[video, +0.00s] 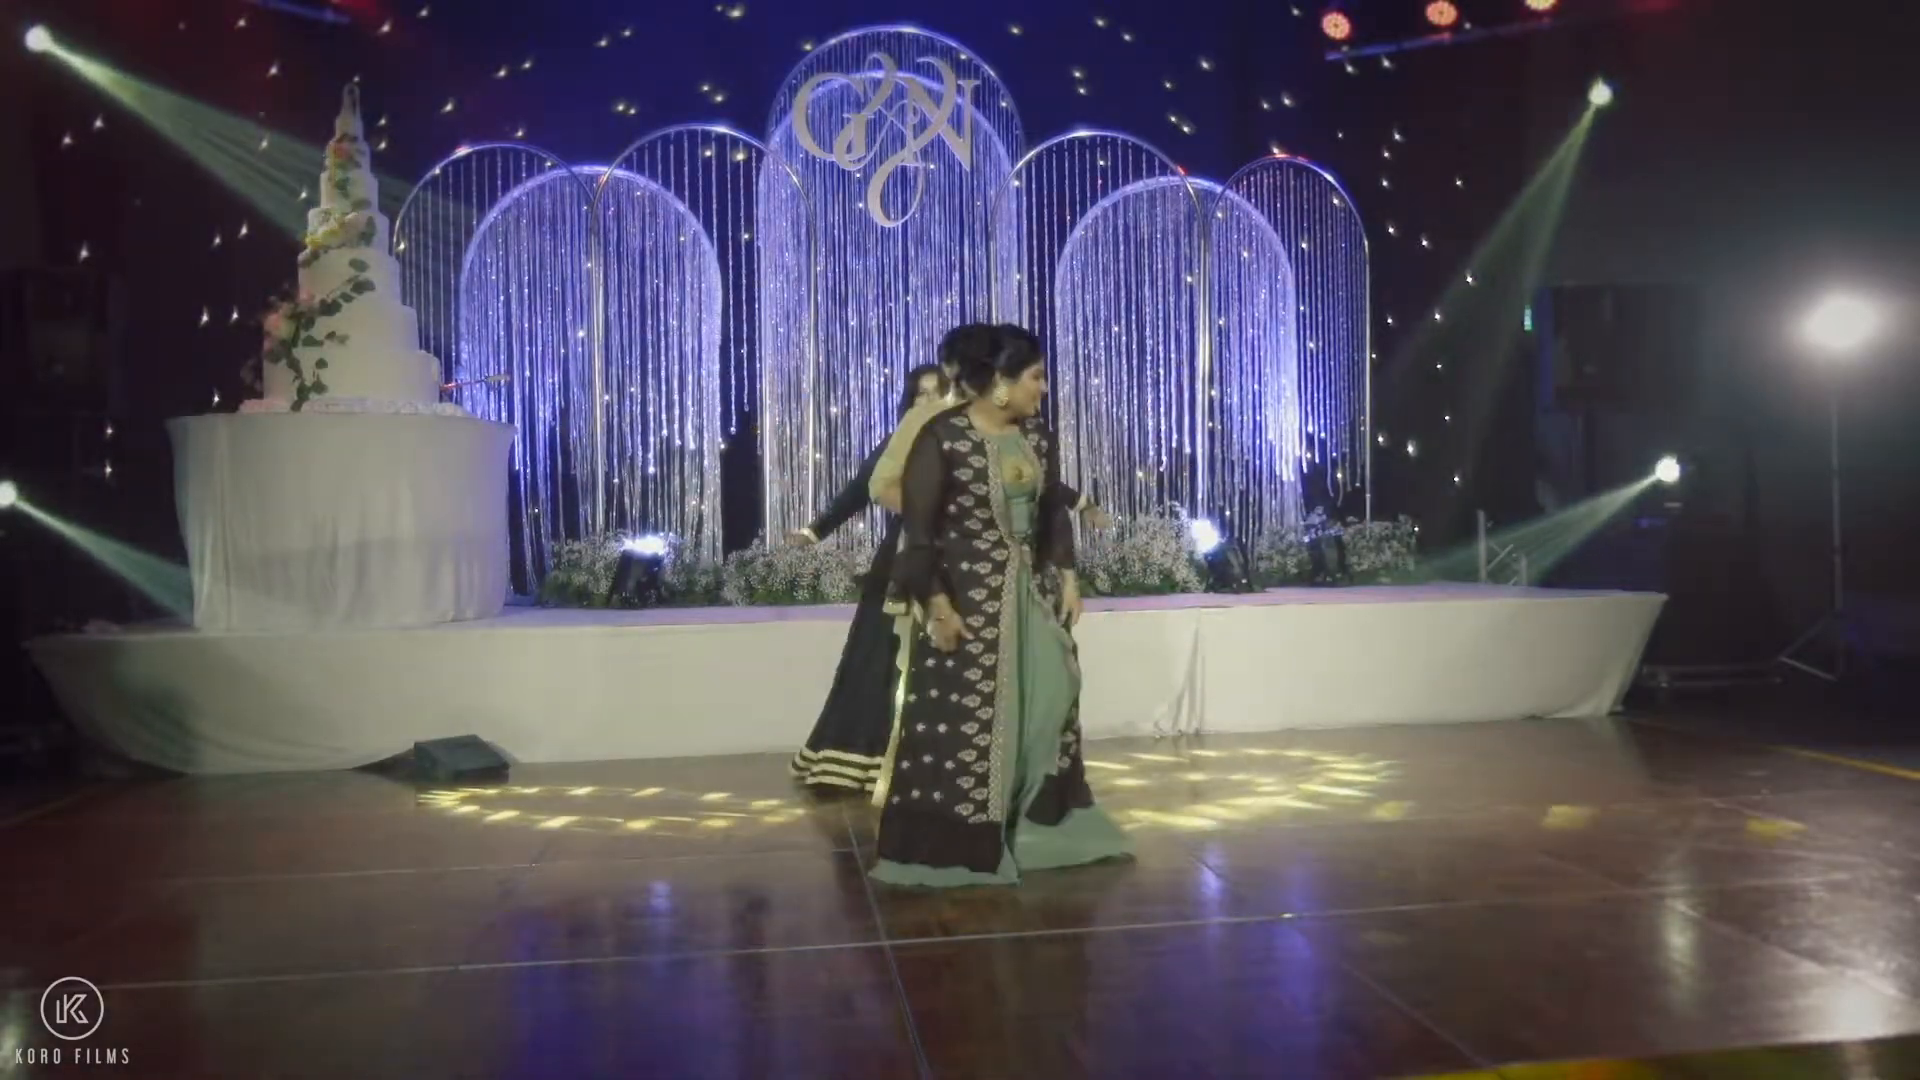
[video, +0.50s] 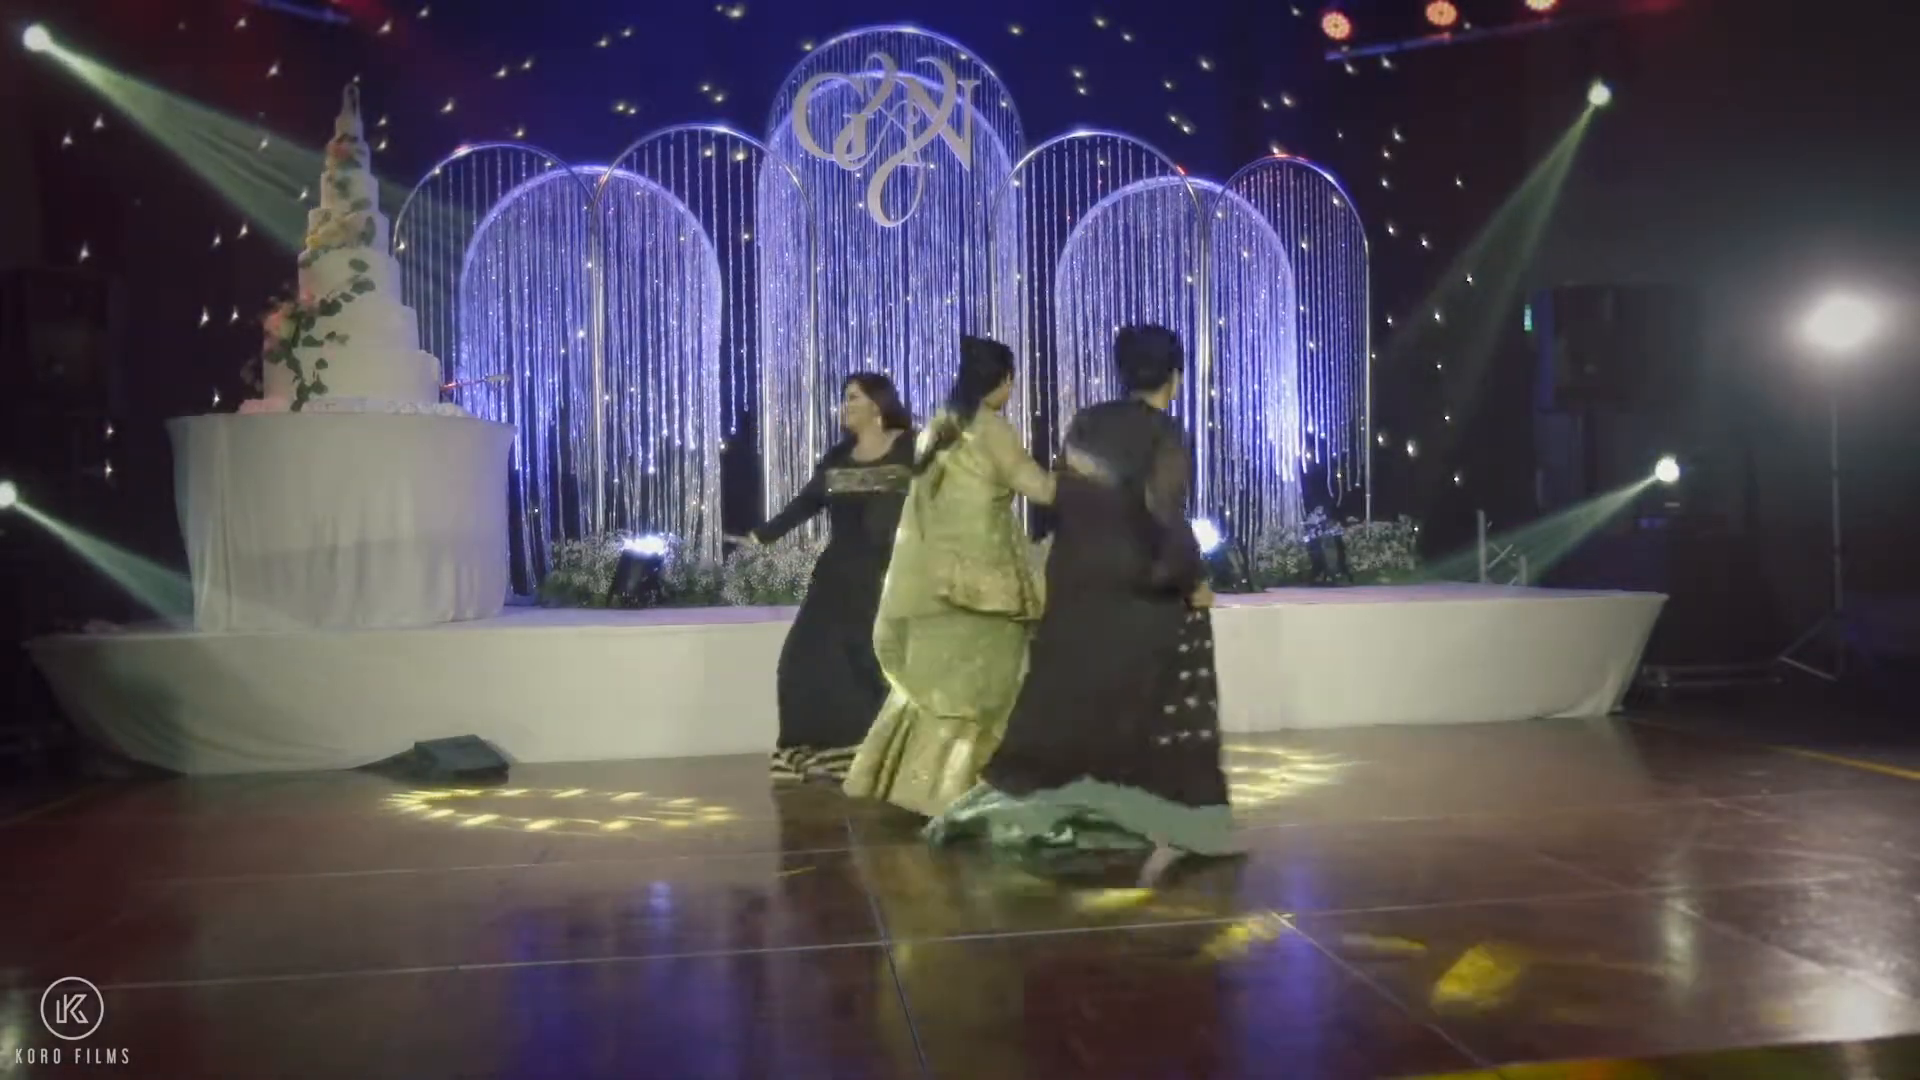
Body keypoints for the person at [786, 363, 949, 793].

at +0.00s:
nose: (929, 400)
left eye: (936, 391)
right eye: (922, 393)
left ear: (951, 392)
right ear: (909, 398)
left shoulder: (967, 440)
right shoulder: (903, 440)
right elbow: (864, 486)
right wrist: (817, 528)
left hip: (953, 560)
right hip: (900, 561)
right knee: (877, 661)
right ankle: (844, 761)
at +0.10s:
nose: (926, 401)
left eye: (932, 391)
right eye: (920, 392)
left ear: (949, 390)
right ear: (910, 395)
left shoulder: (964, 436)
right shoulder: (904, 438)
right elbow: (873, 488)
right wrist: (844, 541)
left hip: (944, 552)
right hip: (897, 553)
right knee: (876, 655)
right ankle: (858, 761)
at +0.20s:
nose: (916, 401)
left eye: (924, 392)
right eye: (910, 392)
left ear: (940, 394)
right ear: (901, 397)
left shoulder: (958, 446)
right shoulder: (893, 443)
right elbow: (865, 492)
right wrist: (842, 540)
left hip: (937, 555)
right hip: (887, 554)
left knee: (914, 655)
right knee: (863, 649)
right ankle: (854, 746)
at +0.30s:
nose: (899, 397)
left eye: (908, 389)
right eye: (893, 390)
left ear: (930, 393)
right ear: (888, 398)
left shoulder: (944, 443)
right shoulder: (881, 443)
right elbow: (848, 491)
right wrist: (812, 536)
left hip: (927, 551)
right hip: (878, 550)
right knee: (850, 640)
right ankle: (846, 738)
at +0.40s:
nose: (877, 401)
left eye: (885, 392)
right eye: (872, 396)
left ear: (908, 396)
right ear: (868, 406)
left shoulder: (931, 447)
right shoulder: (862, 452)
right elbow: (827, 496)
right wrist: (784, 533)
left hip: (908, 561)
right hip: (860, 561)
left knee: (886, 654)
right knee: (833, 650)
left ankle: (878, 751)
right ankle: (828, 749)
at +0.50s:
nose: (844, 406)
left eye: (853, 399)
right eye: (844, 399)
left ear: (879, 404)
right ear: (850, 408)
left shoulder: (912, 450)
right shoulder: (837, 459)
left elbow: (935, 503)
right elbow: (806, 503)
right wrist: (763, 534)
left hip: (885, 572)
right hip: (836, 571)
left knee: (863, 657)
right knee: (801, 655)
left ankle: (862, 750)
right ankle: (802, 746)